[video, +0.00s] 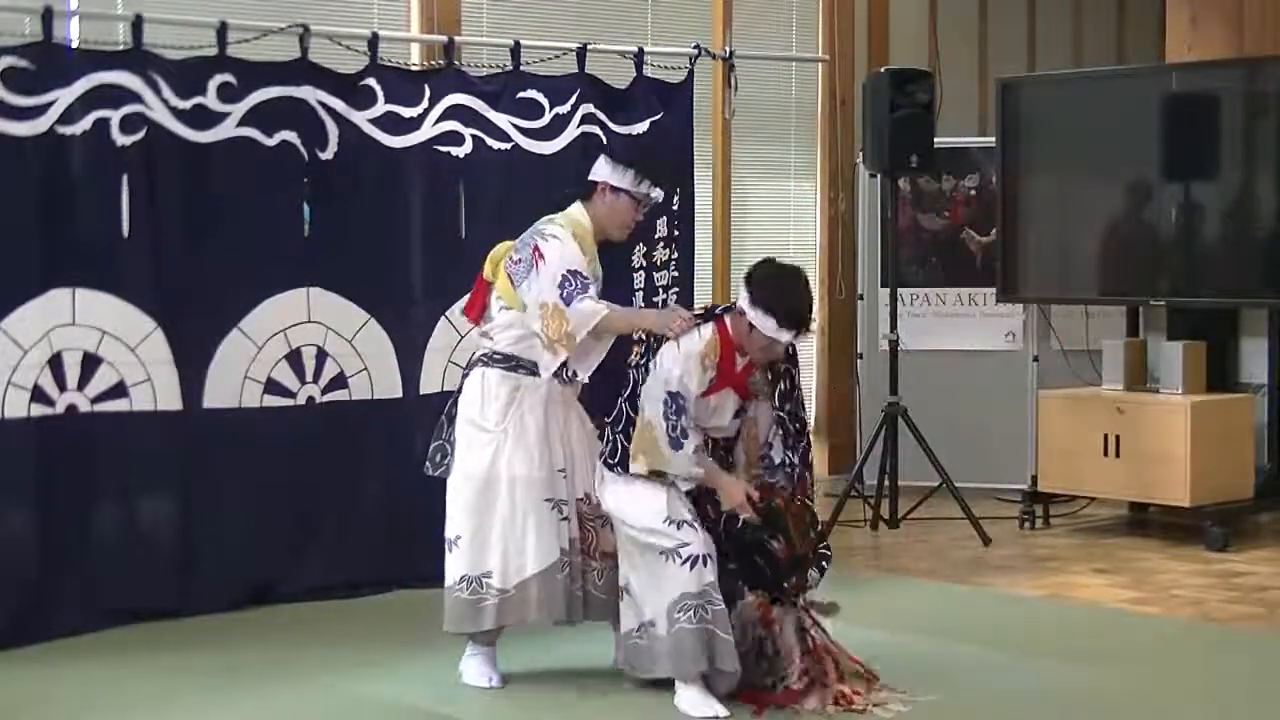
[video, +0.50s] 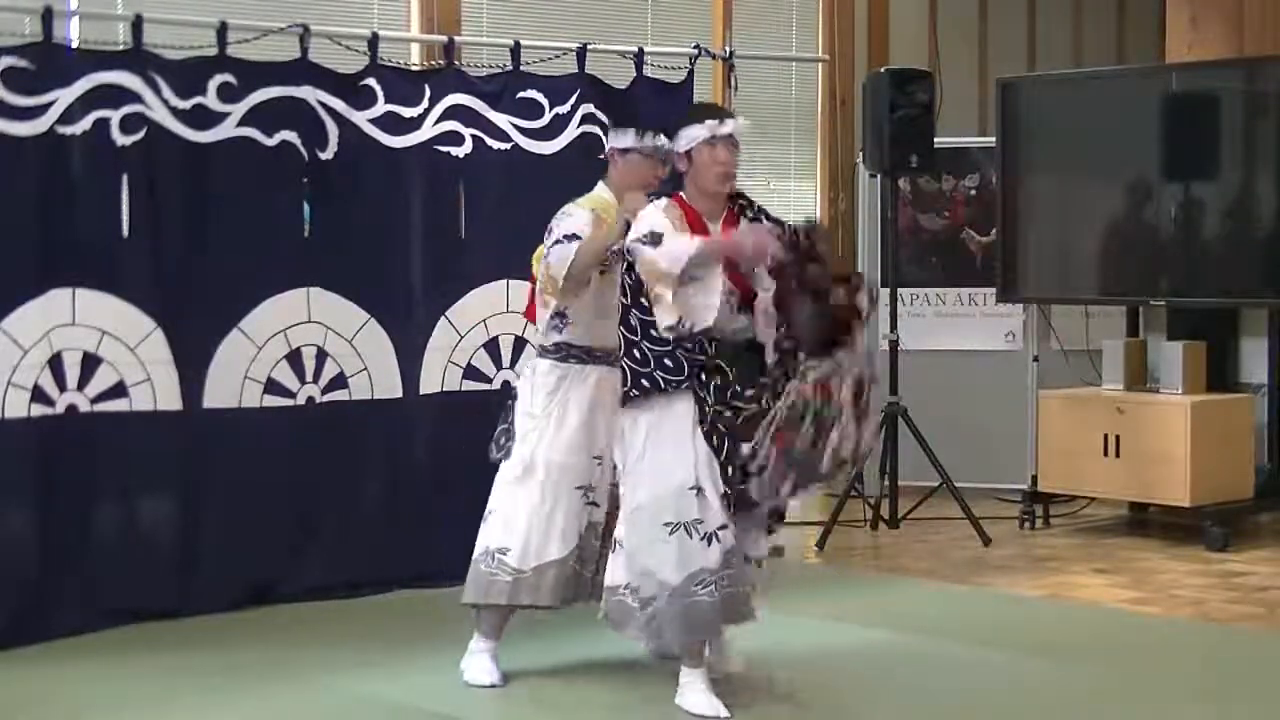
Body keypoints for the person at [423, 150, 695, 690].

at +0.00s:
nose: (639, 219)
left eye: (643, 210)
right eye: (634, 206)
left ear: (610, 201)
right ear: (603, 195)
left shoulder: (581, 252)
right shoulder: (554, 240)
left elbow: (568, 335)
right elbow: (577, 311)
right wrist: (652, 319)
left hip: (547, 398)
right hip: (504, 396)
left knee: (597, 504)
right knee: (497, 516)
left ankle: (639, 634)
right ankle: (481, 647)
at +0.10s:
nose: (631, 204)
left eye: (635, 194)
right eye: (626, 190)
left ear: (598, 187)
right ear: (593, 181)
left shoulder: (576, 242)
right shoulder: (550, 232)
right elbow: (572, 301)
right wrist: (648, 300)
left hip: (548, 394)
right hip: (506, 393)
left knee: (615, 497)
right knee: (498, 515)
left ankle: (639, 633)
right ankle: (481, 646)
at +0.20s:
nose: (627, 195)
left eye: (630, 185)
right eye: (620, 182)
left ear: (597, 180)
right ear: (587, 173)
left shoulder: (584, 243)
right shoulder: (545, 226)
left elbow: (565, 334)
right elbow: (565, 291)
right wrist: (644, 281)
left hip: (557, 392)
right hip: (512, 392)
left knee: (625, 492)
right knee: (503, 516)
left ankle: (641, 624)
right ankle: (481, 646)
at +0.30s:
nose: (630, 186)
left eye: (634, 176)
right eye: (623, 173)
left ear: (603, 174)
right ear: (589, 166)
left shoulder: (590, 233)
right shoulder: (550, 222)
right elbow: (563, 284)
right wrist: (636, 260)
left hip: (574, 390)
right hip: (525, 391)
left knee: (621, 499)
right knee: (511, 514)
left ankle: (644, 623)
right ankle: (480, 645)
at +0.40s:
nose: (639, 180)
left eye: (643, 170)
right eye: (631, 167)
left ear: (631, 173)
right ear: (598, 161)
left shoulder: (612, 227)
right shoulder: (562, 219)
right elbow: (564, 281)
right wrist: (627, 246)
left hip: (601, 385)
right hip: (544, 386)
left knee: (637, 499)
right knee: (522, 510)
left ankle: (662, 625)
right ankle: (480, 647)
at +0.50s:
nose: (660, 172)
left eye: (662, 163)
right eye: (651, 160)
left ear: (648, 170)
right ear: (616, 161)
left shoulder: (643, 223)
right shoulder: (578, 217)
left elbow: (670, 290)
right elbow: (563, 282)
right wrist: (614, 229)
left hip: (619, 383)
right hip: (561, 385)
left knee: (650, 500)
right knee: (529, 503)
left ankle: (666, 627)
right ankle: (484, 645)